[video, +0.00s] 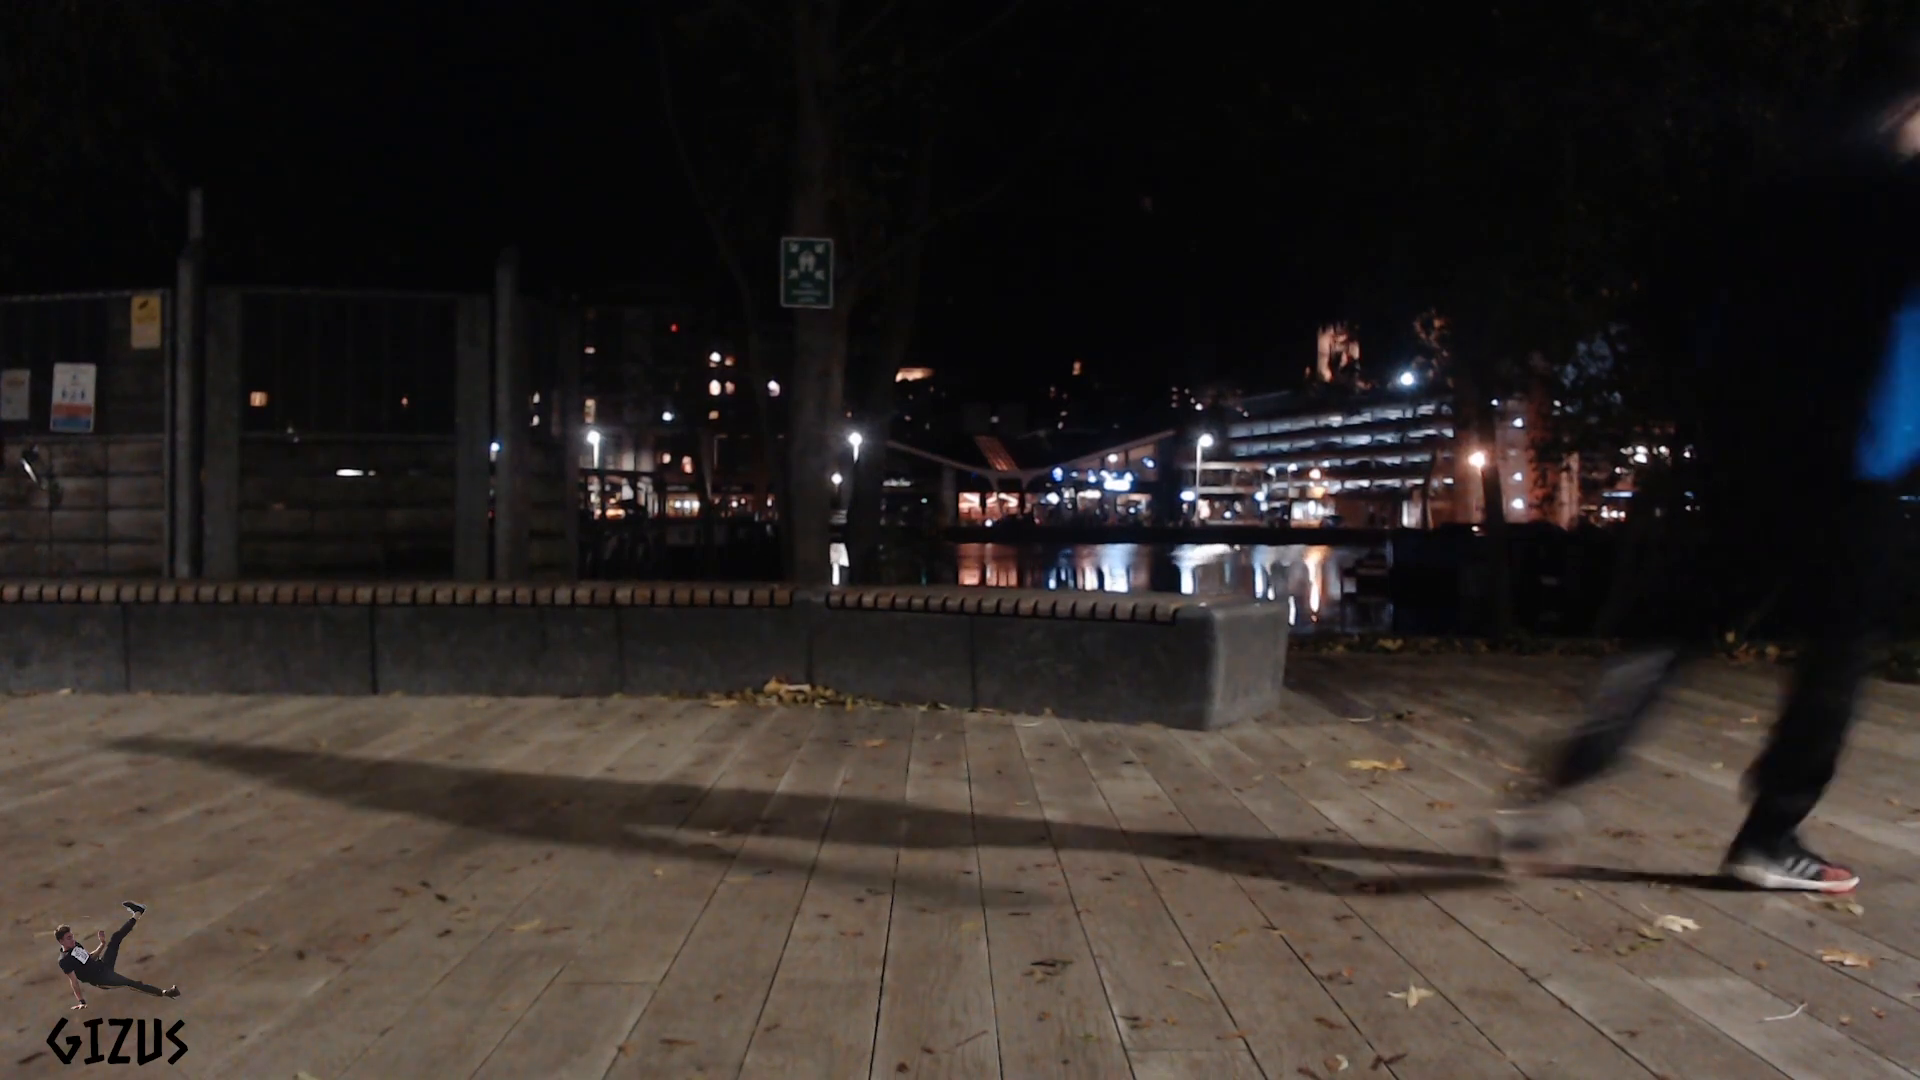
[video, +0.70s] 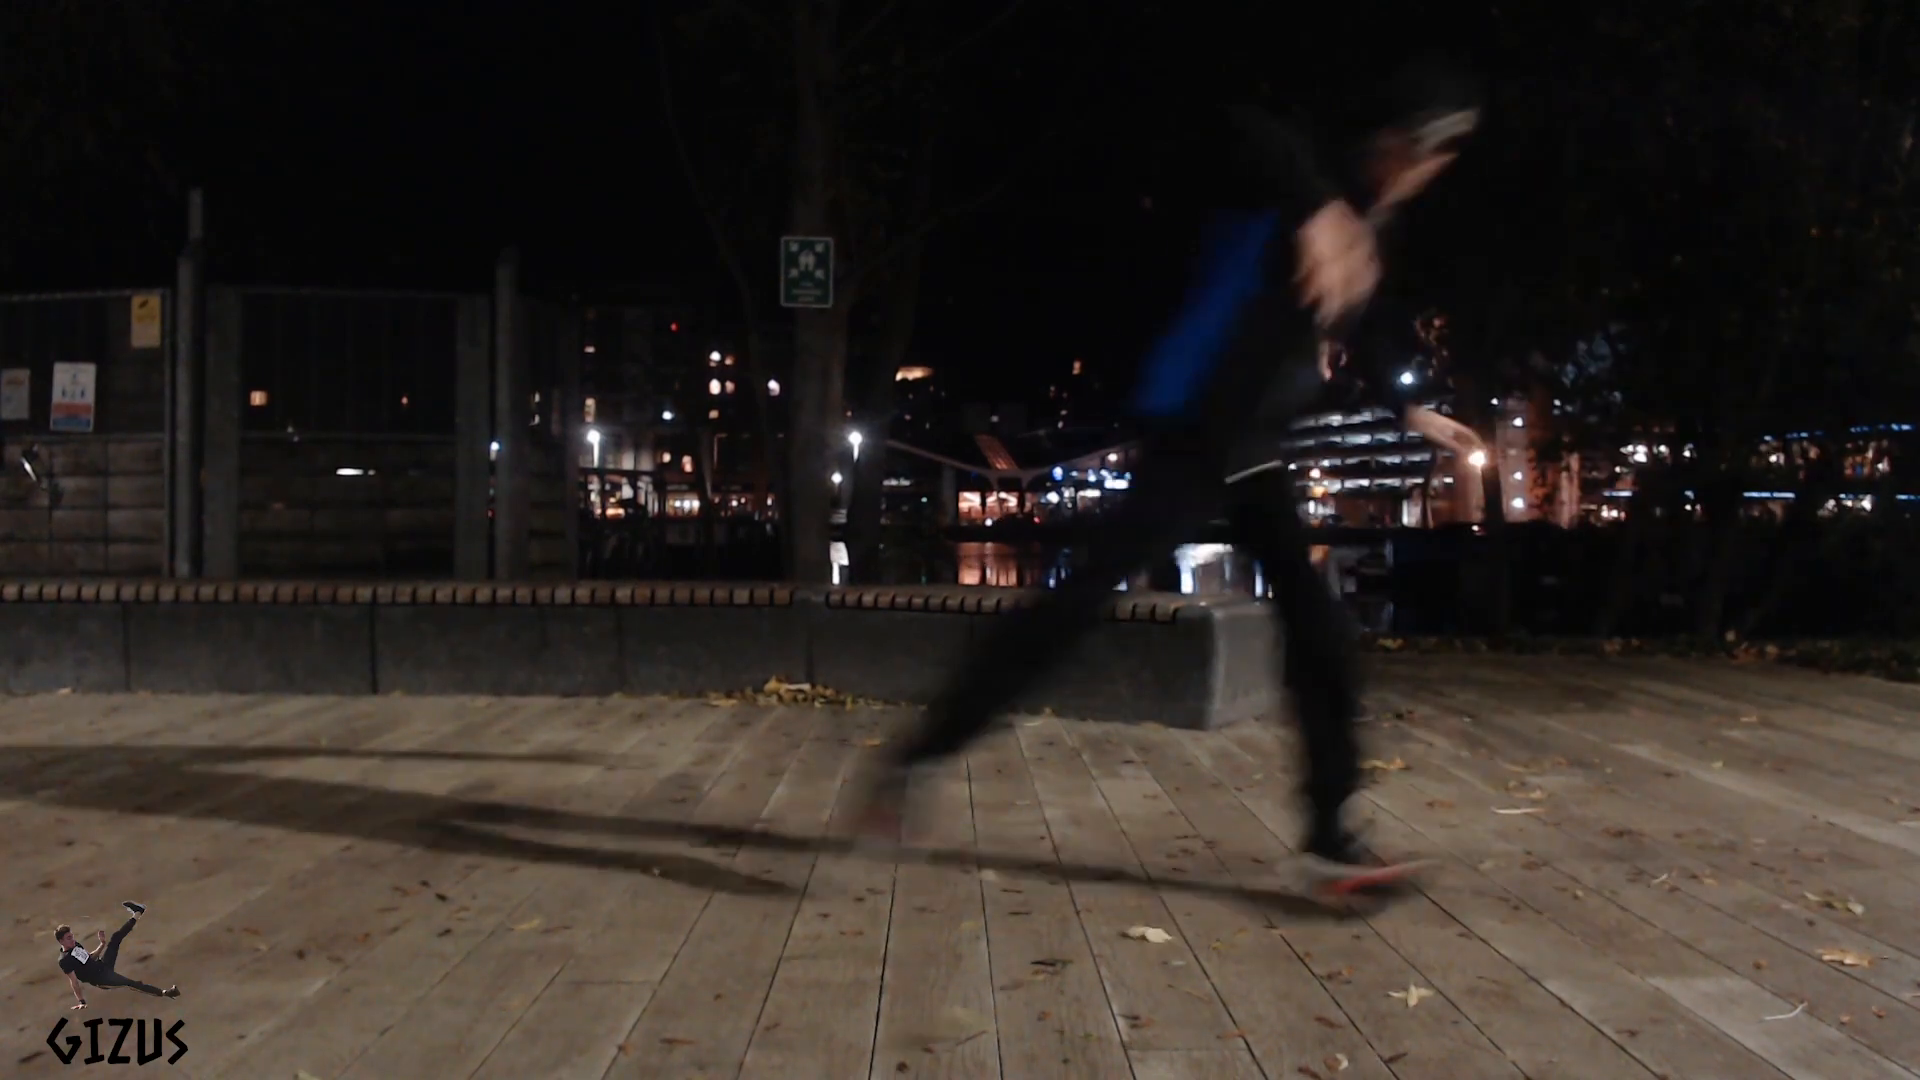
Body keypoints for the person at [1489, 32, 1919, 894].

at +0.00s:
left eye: (1918, 116)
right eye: (1918, 117)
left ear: (1843, 117)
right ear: (1901, 120)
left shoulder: (1787, 190)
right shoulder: (1891, 202)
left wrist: (1730, 417)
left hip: (1763, 450)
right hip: (1853, 468)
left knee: (1690, 612)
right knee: (1838, 652)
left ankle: (1559, 779)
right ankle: (1769, 838)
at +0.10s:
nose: (1909, 158)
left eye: (1910, 141)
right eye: (1907, 140)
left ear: (1827, 127)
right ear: (1879, 138)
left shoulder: (1757, 195)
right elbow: (1812, 326)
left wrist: (1706, 420)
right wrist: (1797, 423)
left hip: (1706, 463)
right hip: (1796, 477)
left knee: (1638, 635)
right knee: (1819, 649)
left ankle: (1477, 807)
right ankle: (1767, 838)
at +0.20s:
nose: (1819, 169)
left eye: (1825, 152)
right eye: (1810, 147)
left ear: (1769, 146)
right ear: (1758, 135)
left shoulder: (1708, 208)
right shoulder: (1692, 202)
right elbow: (1669, 349)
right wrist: (1706, 465)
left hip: (1628, 469)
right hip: (1669, 473)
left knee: (1552, 639)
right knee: (1722, 638)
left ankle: (1421, 813)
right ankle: (1770, 830)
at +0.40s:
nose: (1633, 191)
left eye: (1645, 177)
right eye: (1629, 168)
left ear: (1635, 173)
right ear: (1583, 148)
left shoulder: (1554, 244)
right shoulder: (1495, 213)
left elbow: (1519, 388)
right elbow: (1392, 315)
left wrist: (1555, 489)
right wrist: (1350, 429)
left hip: (1476, 472)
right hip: (1433, 469)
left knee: (1498, 648)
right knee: (1499, 651)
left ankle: (1417, 827)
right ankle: (1413, 834)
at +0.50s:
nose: (1578, 181)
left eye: (1593, 167)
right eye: (1568, 158)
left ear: (1595, 172)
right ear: (1520, 145)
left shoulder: (1510, 249)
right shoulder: (1437, 206)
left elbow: (1481, 380)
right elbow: (1333, 277)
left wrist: (1518, 476)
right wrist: (1321, 374)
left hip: (1439, 481)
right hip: (1380, 467)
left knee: (1474, 652)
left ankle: (1411, 834)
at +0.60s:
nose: (1487, 162)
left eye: (1497, 148)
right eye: (1481, 141)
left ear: (1477, 146)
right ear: (1434, 125)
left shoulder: (1417, 213)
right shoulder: (1345, 167)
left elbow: (1395, 335)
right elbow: (1268, 162)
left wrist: (1444, 422)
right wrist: (1298, 248)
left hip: (1309, 443)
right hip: (1235, 431)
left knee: (1358, 607)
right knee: (1146, 603)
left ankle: (1370, 824)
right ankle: (993, 757)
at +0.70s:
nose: (1426, 173)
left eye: (1437, 160)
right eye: (1426, 153)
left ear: (1422, 156)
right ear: (1390, 138)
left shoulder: (1354, 226)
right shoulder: (1296, 183)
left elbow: (1362, 329)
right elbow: (1254, 132)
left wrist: (1414, 410)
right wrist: (1322, 209)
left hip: (1256, 452)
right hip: (1188, 440)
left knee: (1318, 628)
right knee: (1076, 603)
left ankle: (1331, 837)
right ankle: (912, 758)